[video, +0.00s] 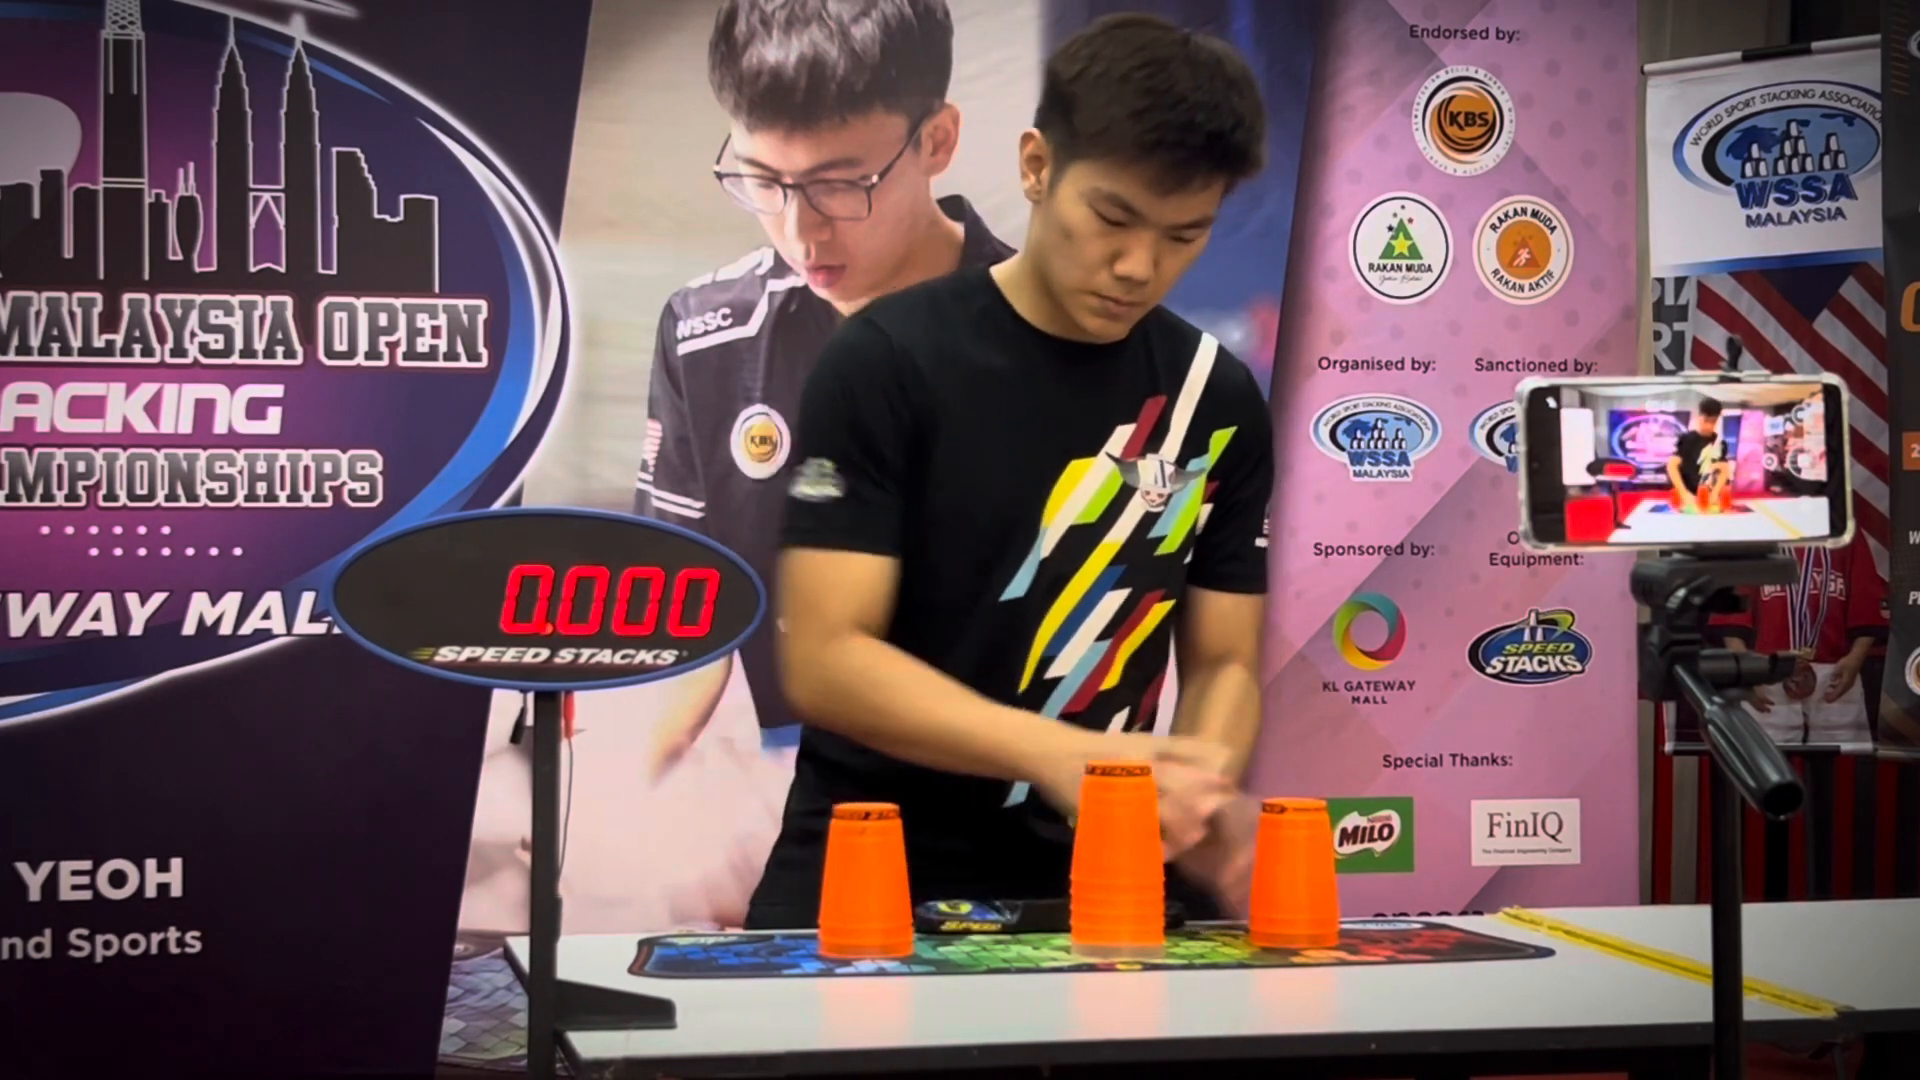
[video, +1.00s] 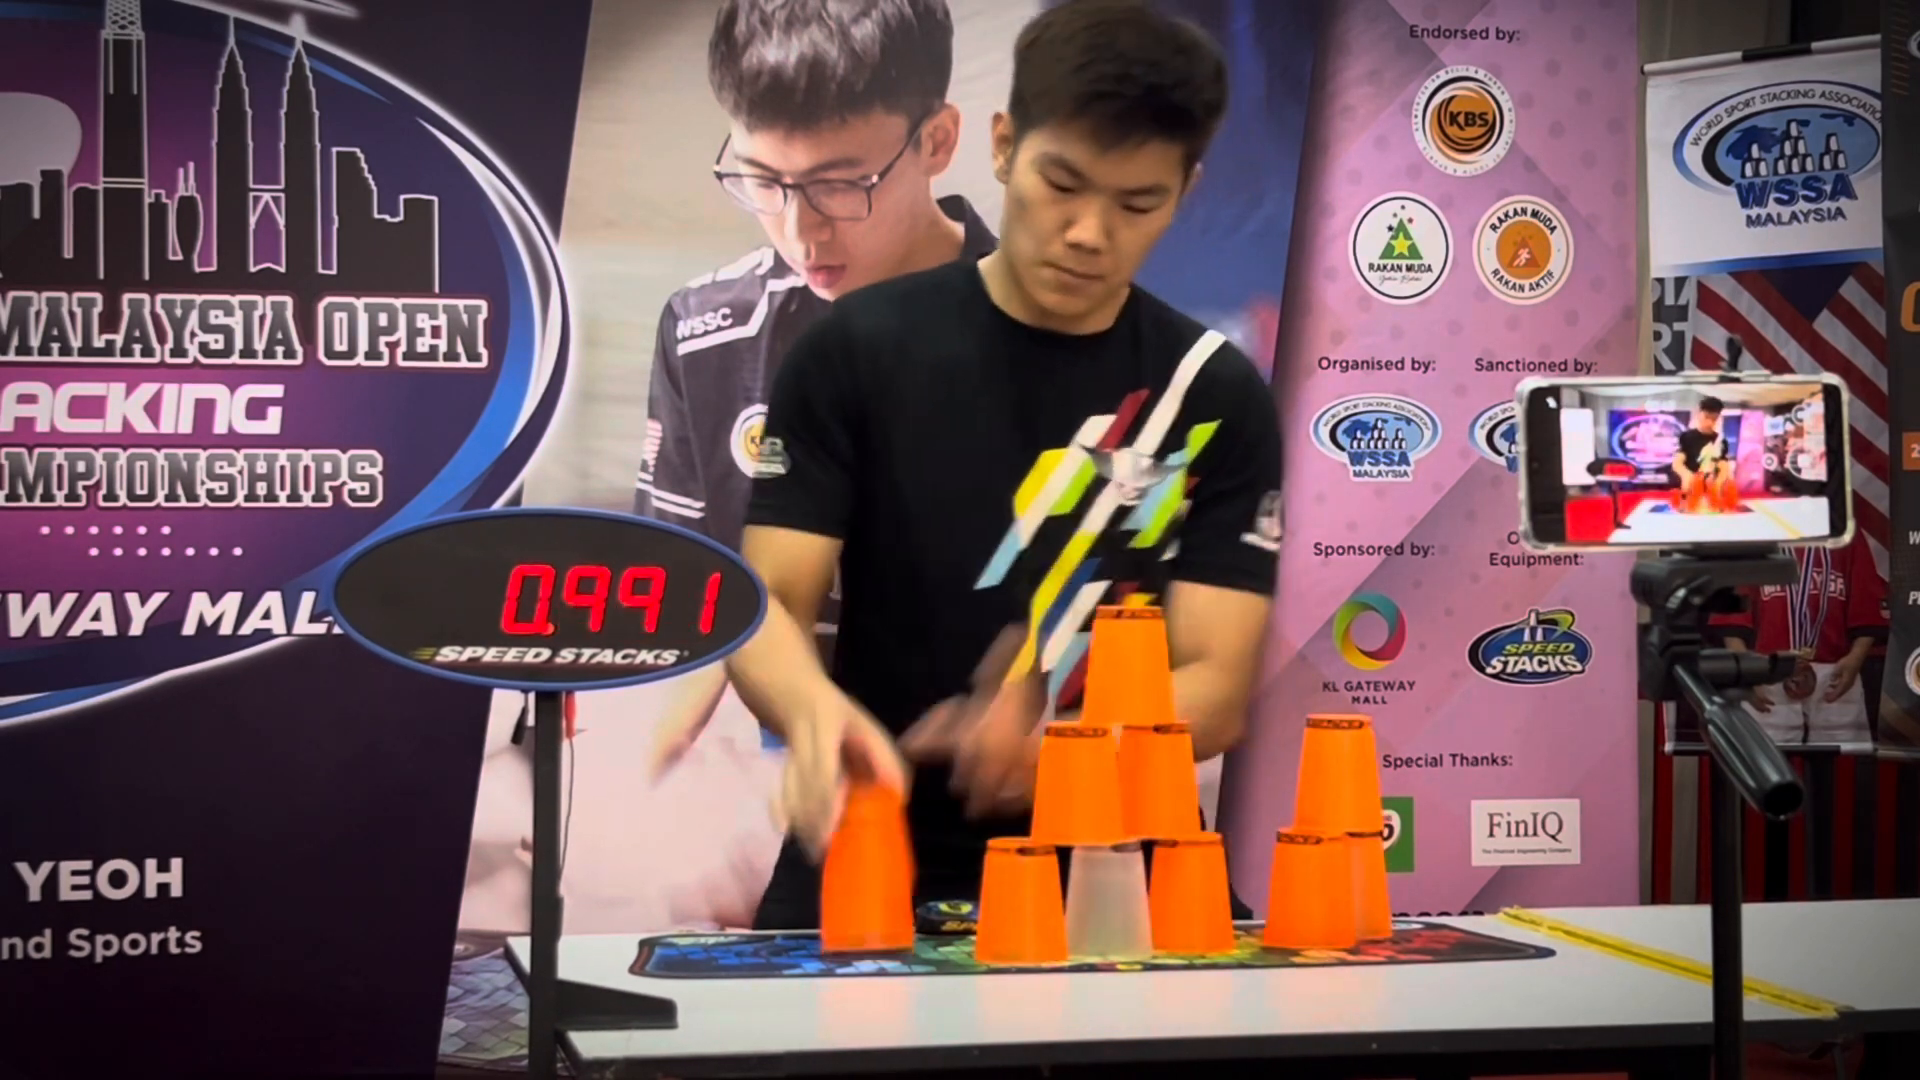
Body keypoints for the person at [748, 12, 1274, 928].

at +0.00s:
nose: (1139, 268)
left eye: (1183, 236)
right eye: (1112, 216)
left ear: (1215, 217)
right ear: (1034, 170)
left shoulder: (1220, 404)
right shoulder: (887, 359)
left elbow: (1223, 662)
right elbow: (820, 659)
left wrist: (1190, 787)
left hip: (1086, 905)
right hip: (865, 894)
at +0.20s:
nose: (1176, 261)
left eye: (1215, 228)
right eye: (1149, 212)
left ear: (1243, 213)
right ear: (1064, 166)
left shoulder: (1229, 399)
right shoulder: (915, 362)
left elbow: (1252, 658)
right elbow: (909, 680)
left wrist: (1304, 758)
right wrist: (1147, 731)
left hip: (1141, 881)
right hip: (910, 887)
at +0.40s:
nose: (1173, 256)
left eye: (1213, 223)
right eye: (1146, 205)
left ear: (1241, 209)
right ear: (1060, 163)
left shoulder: (1237, 394)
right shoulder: (907, 360)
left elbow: (1250, 662)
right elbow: (846, 656)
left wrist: (1249, 706)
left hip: (1142, 868)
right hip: (903, 872)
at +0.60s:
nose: (1139, 246)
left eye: (1184, 211)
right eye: (1111, 192)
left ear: (1217, 198)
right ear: (1037, 155)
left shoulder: (1229, 405)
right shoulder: (885, 353)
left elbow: (1227, 673)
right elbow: (812, 635)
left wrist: (1184, 763)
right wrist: (927, 745)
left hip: (1116, 892)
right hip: (874, 885)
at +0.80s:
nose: (1138, 227)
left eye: (1181, 193)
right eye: (1109, 174)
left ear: (1218, 183)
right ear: (1036, 138)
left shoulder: (1231, 385)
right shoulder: (887, 329)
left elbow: (1255, 653)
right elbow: (794, 604)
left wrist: (1216, 750)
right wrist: (947, 643)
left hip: (1099, 892)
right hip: (870, 877)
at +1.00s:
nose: (1089, 235)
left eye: (1136, 204)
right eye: (1062, 183)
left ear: (1182, 194)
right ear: (1002, 146)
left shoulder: (1216, 396)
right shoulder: (856, 351)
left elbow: (1218, 686)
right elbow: (765, 608)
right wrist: (811, 709)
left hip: (1094, 894)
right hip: (867, 877)